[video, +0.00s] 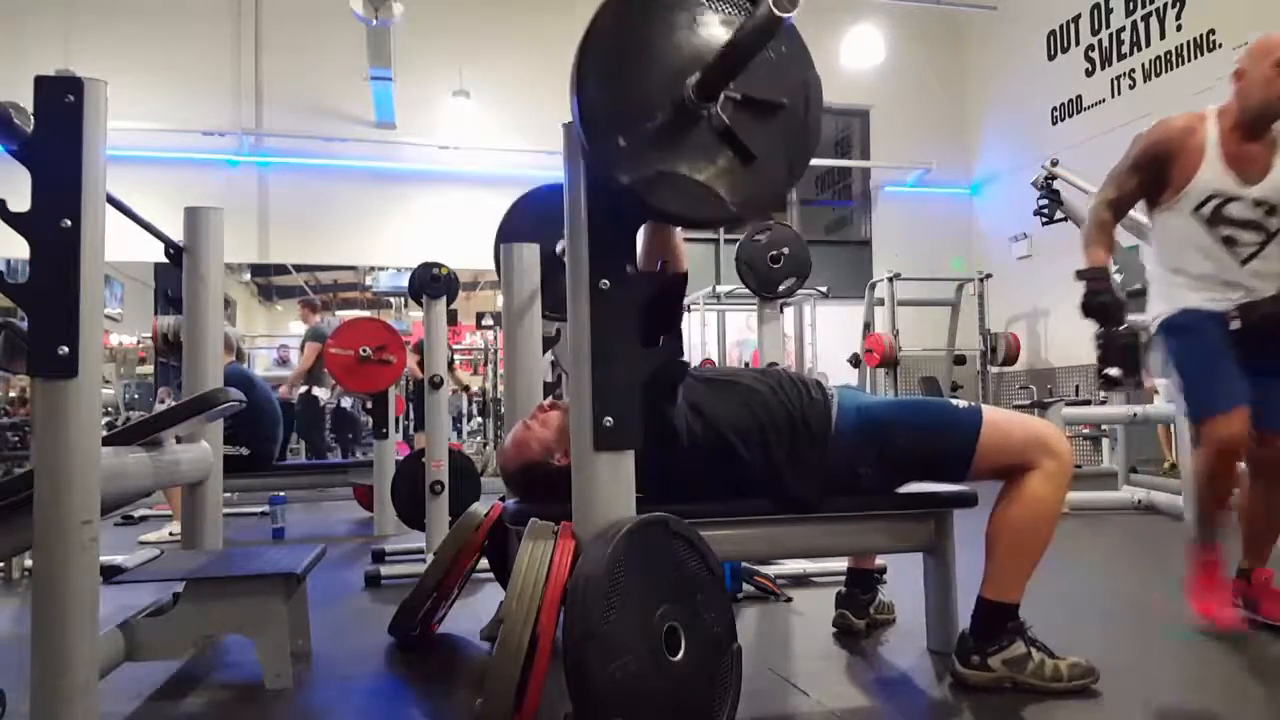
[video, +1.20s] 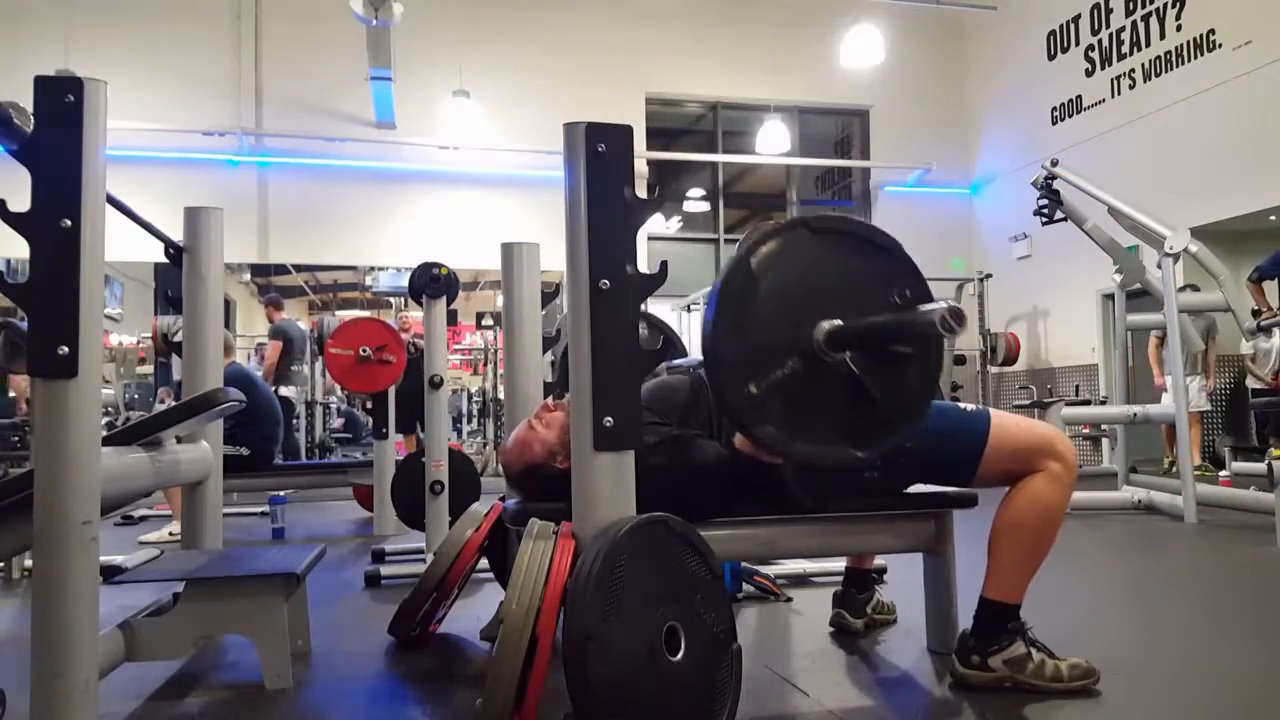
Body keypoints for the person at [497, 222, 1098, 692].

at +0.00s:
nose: (544, 406)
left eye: (533, 411)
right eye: (536, 425)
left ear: (556, 445)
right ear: (558, 460)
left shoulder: (611, 417)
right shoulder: (622, 431)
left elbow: (653, 289)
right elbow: (662, 290)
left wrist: (660, 177)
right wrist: (658, 173)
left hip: (811, 418)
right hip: (837, 431)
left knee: (906, 432)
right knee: (1049, 450)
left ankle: (861, 596)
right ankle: (992, 642)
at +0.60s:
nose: (544, 412)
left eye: (533, 414)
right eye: (537, 430)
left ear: (550, 430)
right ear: (556, 467)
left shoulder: (604, 433)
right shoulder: (633, 452)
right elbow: (693, 325)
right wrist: (700, 220)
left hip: (805, 429)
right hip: (835, 437)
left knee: (903, 450)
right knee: (1049, 450)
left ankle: (860, 592)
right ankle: (993, 642)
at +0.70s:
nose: (541, 414)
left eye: (530, 416)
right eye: (532, 429)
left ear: (546, 445)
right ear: (551, 464)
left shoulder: (592, 447)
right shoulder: (624, 467)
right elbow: (698, 393)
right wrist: (714, 267)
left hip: (798, 428)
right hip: (833, 438)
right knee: (1050, 451)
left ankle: (858, 594)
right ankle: (992, 642)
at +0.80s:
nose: (542, 413)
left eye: (533, 417)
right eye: (535, 427)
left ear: (548, 445)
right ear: (549, 461)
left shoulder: (603, 432)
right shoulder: (618, 443)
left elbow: (715, 392)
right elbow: (724, 394)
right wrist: (729, 283)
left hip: (805, 431)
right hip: (830, 437)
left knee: (929, 430)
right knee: (1048, 452)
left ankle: (856, 594)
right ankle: (992, 639)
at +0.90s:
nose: (537, 421)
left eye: (530, 420)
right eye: (531, 429)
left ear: (533, 440)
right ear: (533, 459)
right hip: (803, 433)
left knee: (891, 435)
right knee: (1051, 454)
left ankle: (857, 591)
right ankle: (993, 637)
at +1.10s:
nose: (542, 414)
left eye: (529, 420)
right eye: (534, 429)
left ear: (539, 439)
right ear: (545, 461)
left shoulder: (599, 430)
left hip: (774, 427)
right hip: (821, 439)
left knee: (894, 437)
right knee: (1052, 455)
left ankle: (857, 591)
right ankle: (993, 637)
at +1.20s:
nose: (543, 411)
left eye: (530, 418)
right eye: (536, 428)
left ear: (543, 424)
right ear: (550, 462)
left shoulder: (608, 420)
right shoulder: (616, 455)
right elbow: (738, 454)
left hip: (784, 430)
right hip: (833, 442)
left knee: (879, 442)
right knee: (1052, 455)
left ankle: (858, 593)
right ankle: (992, 639)